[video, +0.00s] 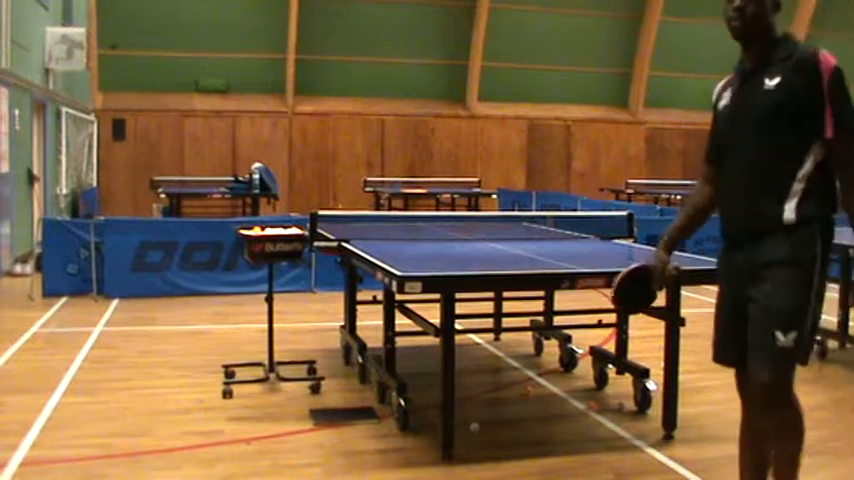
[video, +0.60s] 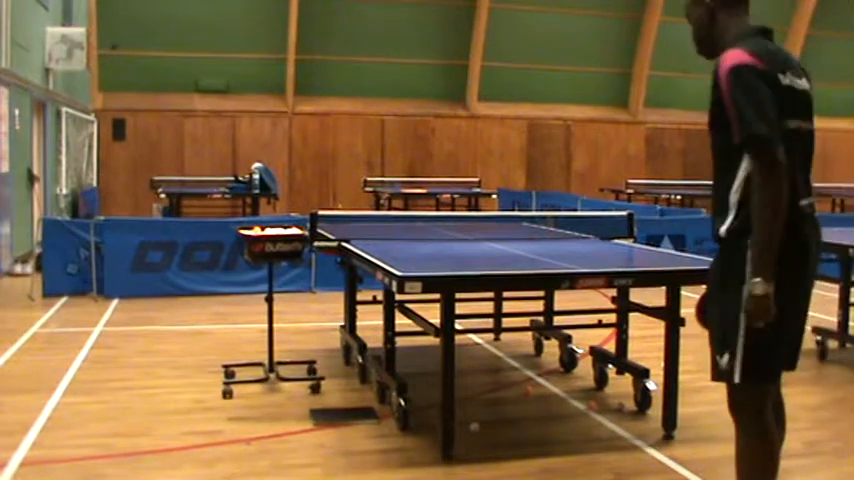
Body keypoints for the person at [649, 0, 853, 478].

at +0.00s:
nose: (735, 9)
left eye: (746, 1)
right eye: (729, 3)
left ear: (772, 7)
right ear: (724, 16)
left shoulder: (816, 69)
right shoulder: (727, 89)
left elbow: (844, 168)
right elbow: (712, 182)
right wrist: (666, 244)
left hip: (793, 246)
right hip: (741, 248)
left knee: (771, 379)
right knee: (749, 383)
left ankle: (784, 474)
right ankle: (751, 475)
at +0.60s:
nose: (691, 28)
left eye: (691, 15)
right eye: (689, 18)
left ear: (713, 10)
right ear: (737, 10)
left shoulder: (737, 65)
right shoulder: (786, 63)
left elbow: (768, 173)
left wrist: (761, 276)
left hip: (760, 255)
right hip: (790, 250)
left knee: (747, 402)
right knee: (763, 395)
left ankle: (754, 478)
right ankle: (762, 474)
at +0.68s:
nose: (691, 28)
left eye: (690, 16)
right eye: (689, 18)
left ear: (705, 11)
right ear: (741, 10)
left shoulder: (723, 68)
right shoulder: (801, 66)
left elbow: (740, 178)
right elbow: (806, 168)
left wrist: (733, 277)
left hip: (761, 245)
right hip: (802, 239)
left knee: (750, 396)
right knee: (761, 388)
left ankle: (757, 475)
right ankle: (765, 472)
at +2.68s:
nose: (735, 21)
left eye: (737, 13)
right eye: (737, 13)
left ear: (748, 13)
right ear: (789, 19)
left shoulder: (741, 75)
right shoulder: (828, 81)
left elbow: (733, 183)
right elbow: (835, 177)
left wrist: (711, 269)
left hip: (755, 249)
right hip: (812, 250)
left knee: (712, 371)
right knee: (792, 369)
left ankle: (721, 475)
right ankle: (792, 476)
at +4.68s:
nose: (767, 30)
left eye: (767, 20)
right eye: (767, 21)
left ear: (777, 17)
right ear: (820, 15)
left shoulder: (778, 69)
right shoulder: (853, 66)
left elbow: (770, 180)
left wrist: (742, 272)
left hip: (792, 260)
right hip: (847, 259)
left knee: (750, 388)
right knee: (839, 394)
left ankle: (749, 478)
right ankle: (837, 474)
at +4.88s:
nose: (775, 29)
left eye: (775, 19)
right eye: (775, 20)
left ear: (785, 16)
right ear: (825, 14)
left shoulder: (786, 65)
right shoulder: (851, 59)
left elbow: (792, 157)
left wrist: (749, 215)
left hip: (800, 247)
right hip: (848, 248)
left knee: (768, 396)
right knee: (840, 399)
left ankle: (759, 477)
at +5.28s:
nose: (762, 24)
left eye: (763, 14)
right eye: (762, 15)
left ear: (777, 14)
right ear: (816, 15)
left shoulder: (778, 69)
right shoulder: (850, 67)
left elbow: (758, 172)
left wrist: (731, 142)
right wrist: (747, 140)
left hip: (788, 245)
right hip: (844, 243)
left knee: (751, 391)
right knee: (831, 391)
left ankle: (727, 473)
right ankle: (833, 475)